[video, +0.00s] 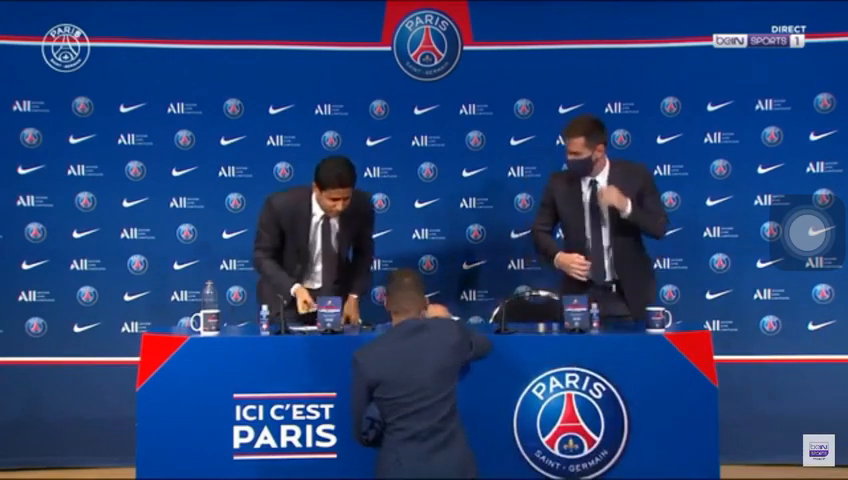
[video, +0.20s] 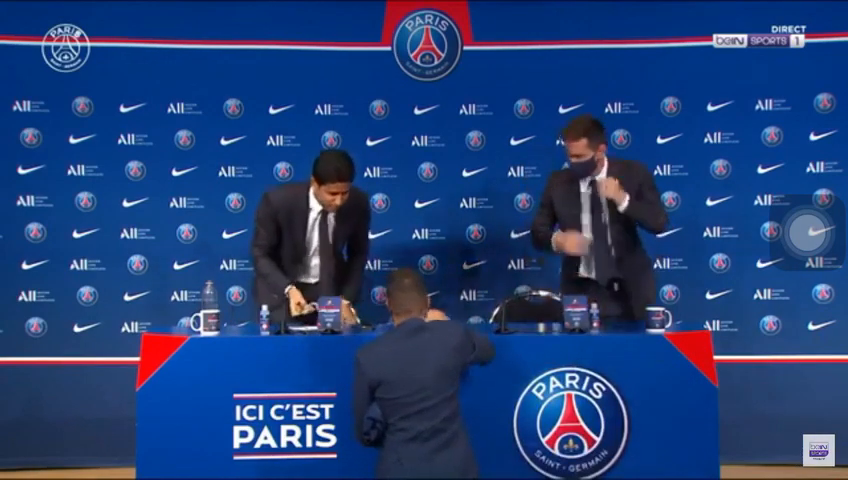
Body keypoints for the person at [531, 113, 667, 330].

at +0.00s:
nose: (570, 160)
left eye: (577, 155)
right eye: (568, 153)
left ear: (599, 151)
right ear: (566, 148)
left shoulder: (635, 176)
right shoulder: (559, 183)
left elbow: (659, 227)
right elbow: (540, 231)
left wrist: (626, 207)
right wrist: (558, 257)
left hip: (627, 295)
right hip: (581, 296)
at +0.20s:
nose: (573, 163)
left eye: (579, 157)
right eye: (570, 156)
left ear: (601, 151)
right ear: (566, 152)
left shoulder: (633, 174)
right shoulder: (558, 182)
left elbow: (659, 223)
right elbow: (538, 231)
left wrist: (623, 200)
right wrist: (557, 241)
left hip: (626, 290)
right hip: (580, 291)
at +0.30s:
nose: (580, 168)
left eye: (586, 162)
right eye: (576, 162)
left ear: (606, 154)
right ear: (571, 156)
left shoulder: (634, 173)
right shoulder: (564, 180)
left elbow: (659, 224)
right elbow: (543, 235)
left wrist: (624, 187)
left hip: (625, 290)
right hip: (580, 289)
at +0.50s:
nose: (592, 169)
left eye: (599, 163)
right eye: (588, 163)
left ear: (618, 154)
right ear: (583, 158)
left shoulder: (650, 174)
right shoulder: (585, 180)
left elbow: (659, 226)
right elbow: (559, 230)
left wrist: (631, 186)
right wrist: (575, 191)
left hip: (637, 291)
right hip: (594, 291)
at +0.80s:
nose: (609, 168)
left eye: (615, 162)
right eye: (604, 162)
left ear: (636, 153)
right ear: (599, 158)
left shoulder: (671, 177)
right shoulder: (607, 180)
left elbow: (672, 226)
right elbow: (583, 227)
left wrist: (646, 183)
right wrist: (596, 184)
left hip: (655, 292)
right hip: (614, 292)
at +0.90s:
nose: (613, 167)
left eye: (620, 160)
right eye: (607, 161)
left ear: (640, 153)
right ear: (602, 157)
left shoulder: (676, 178)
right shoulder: (611, 180)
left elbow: (676, 227)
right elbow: (589, 227)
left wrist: (653, 183)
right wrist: (599, 183)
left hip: (660, 291)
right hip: (618, 292)